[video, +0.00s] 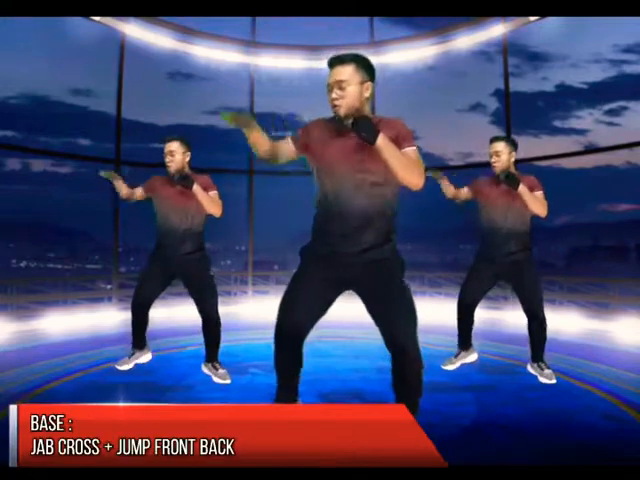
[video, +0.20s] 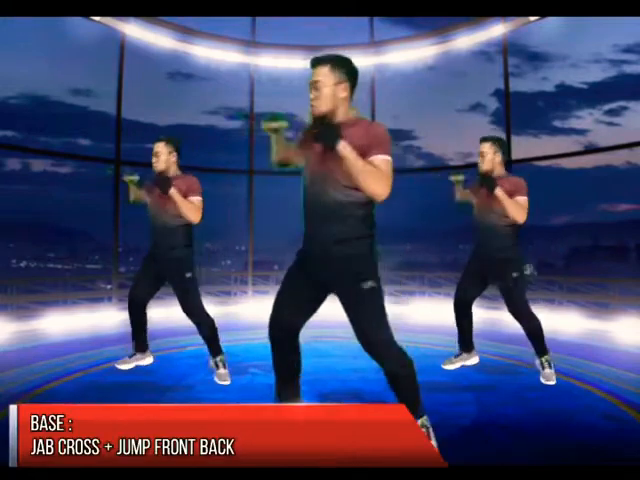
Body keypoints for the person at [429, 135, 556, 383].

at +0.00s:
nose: (494, 160)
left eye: (498, 154)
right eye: (491, 155)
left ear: (512, 155)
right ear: (489, 158)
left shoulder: (528, 183)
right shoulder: (482, 185)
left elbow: (542, 211)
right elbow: (456, 195)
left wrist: (518, 185)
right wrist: (442, 180)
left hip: (520, 260)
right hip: (489, 259)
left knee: (536, 313)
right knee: (466, 301)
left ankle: (537, 362)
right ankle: (465, 350)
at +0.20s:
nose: (480, 160)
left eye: (485, 155)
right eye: (479, 155)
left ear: (499, 157)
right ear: (480, 158)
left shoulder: (515, 184)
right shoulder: (479, 185)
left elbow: (520, 216)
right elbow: (462, 198)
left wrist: (498, 190)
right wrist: (459, 187)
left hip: (508, 257)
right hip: (482, 255)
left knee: (519, 308)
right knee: (461, 301)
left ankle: (543, 358)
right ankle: (467, 352)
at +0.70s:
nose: (483, 164)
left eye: (486, 159)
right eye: (482, 160)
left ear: (501, 158)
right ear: (489, 161)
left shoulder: (522, 181)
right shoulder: (492, 189)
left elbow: (525, 212)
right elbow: (477, 216)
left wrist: (501, 187)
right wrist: (470, 194)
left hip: (517, 259)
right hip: (494, 258)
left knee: (527, 314)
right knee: (473, 303)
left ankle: (548, 364)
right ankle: (467, 352)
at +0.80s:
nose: (486, 165)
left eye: (490, 160)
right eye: (485, 160)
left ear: (505, 159)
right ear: (495, 161)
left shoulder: (526, 183)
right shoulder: (492, 190)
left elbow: (530, 212)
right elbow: (476, 216)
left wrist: (503, 187)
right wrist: (470, 194)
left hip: (522, 261)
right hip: (496, 260)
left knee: (531, 316)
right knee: (473, 303)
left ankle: (548, 365)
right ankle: (467, 352)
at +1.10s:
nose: (471, 155)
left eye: (475, 150)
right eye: (471, 150)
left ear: (490, 150)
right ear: (479, 153)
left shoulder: (514, 175)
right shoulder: (479, 183)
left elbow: (520, 202)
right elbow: (464, 209)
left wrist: (493, 176)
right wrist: (454, 188)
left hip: (510, 252)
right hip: (482, 251)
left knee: (523, 306)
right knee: (452, 288)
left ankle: (544, 358)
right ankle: (444, 338)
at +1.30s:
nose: (460, 170)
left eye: (465, 165)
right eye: (459, 166)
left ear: (479, 166)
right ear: (459, 169)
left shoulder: (498, 191)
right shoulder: (465, 197)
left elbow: (502, 222)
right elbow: (443, 218)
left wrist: (481, 193)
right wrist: (437, 197)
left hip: (489, 267)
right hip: (460, 266)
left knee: (509, 316)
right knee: (439, 306)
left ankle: (515, 358)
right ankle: (440, 347)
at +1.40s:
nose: (460, 164)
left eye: (464, 159)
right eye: (459, 159)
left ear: (479, 160)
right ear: (461, 163)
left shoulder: (499, 186)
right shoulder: (463, 192)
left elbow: (505, 216)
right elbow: (445, 214)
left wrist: (482, 191)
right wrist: (437, 193)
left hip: (492, 262)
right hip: (463, 261)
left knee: (516, 312)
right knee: (442, 303)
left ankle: (521, 354)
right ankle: (439, 346)